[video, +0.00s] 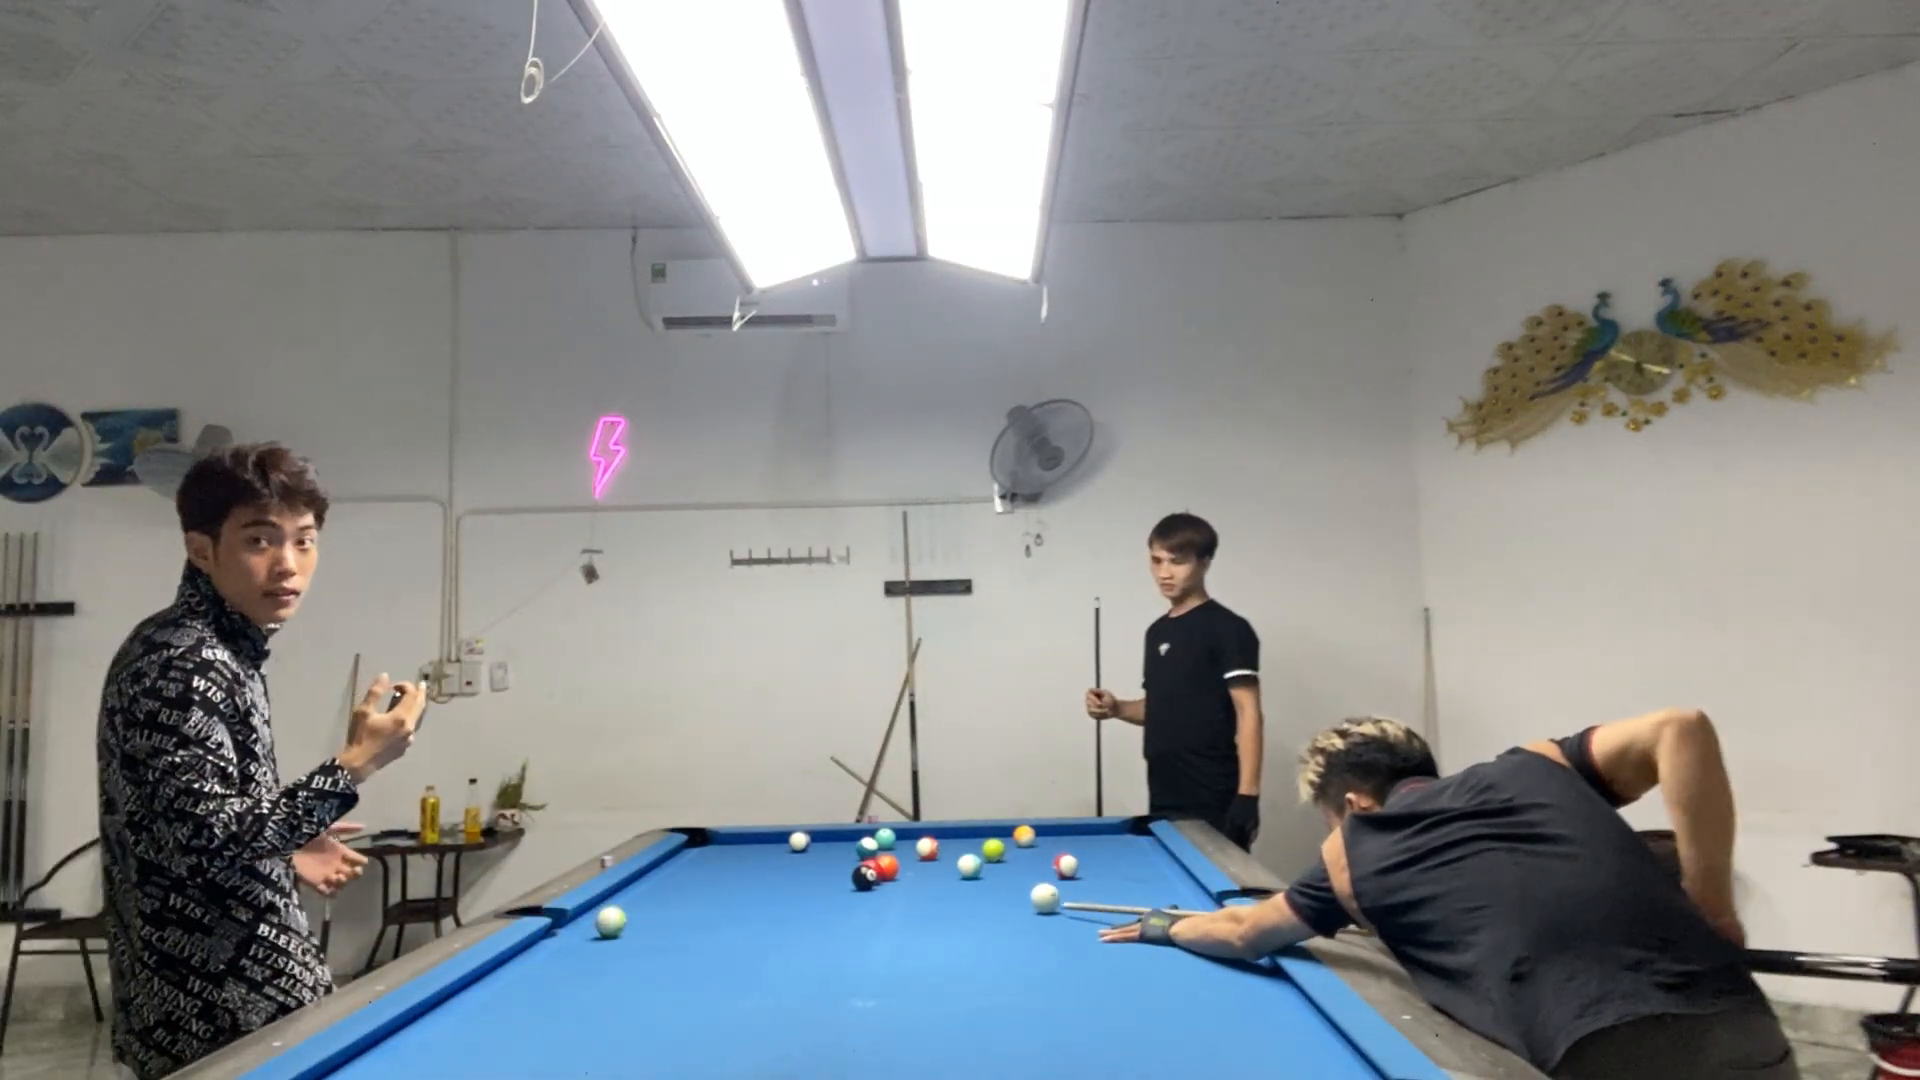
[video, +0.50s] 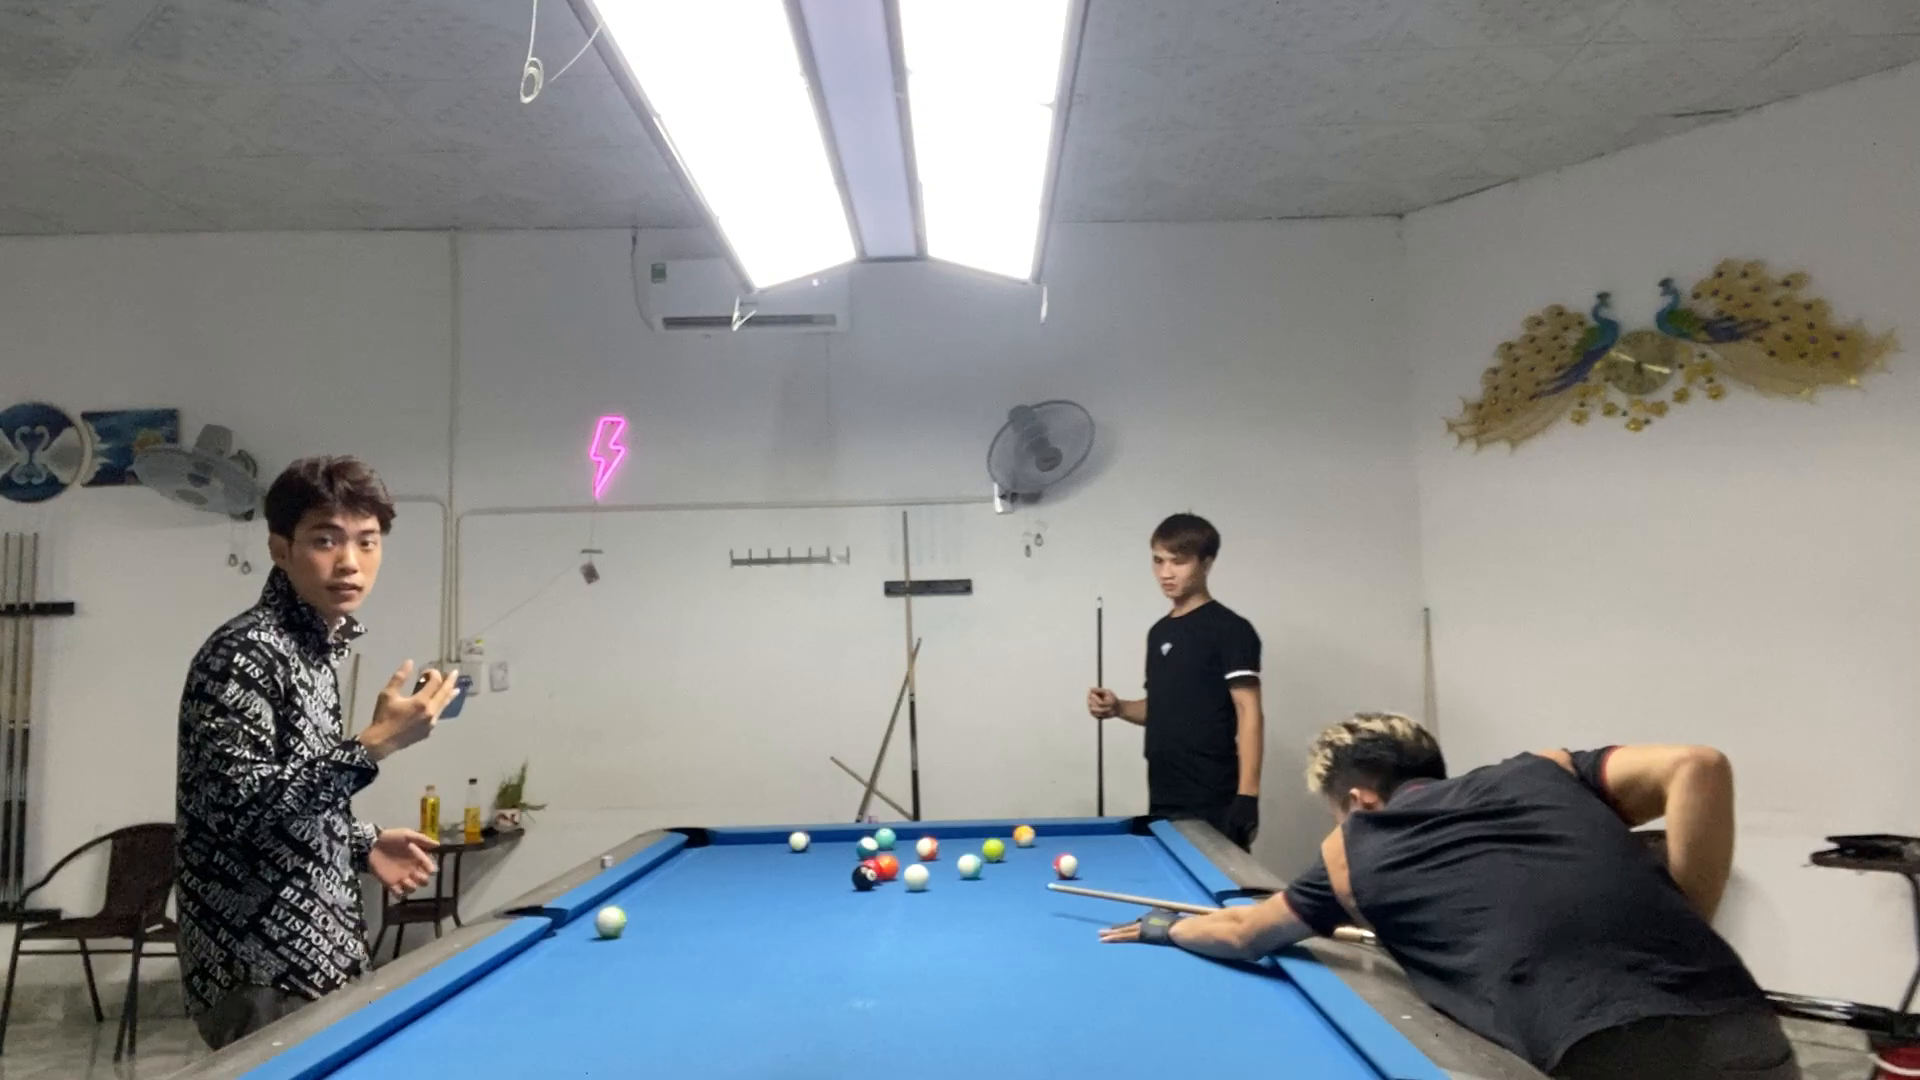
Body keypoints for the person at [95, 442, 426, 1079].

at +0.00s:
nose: (288, 565)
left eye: (303, 542)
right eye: (259, 540)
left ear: (317, 550)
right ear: (203, 550)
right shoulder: (177, 666)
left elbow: (203, 810)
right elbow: (217, 846)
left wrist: (288, 845)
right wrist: (355, 764)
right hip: (216, 1019)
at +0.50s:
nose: (350, 561)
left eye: (366, 541)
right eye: (326, 540)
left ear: (381, 552)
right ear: (281, 549)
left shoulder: (314, 658)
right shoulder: (241, 654)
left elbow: (293, 807)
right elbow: (243, 810)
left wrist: (366, 844)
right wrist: (374, 743)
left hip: (321, 951)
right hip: (259, 967)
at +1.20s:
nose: (299, 563)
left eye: (314, 543)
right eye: (275, 542)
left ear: (329, 554)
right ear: (230, 554)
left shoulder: (267, 664)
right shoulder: (187, 657)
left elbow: (251, 820)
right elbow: (188, 796)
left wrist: (297, 897)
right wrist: (321, 728)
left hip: (279, 965)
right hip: (199, 973)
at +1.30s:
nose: (270, 567)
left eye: (285, 547)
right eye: (245, 546)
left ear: (299, 557)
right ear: (199, 559)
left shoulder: (236, 669)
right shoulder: (156, 662)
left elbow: (239, 844)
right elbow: (163, 801)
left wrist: (277, 963)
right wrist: (296, 730)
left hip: (248, 975)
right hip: (171, 983)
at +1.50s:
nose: (226, 587)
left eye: (237, 566)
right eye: (201, 564)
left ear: (246, 571)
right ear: (140, 572)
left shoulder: (163, 681)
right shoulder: (86, 676)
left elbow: (163, 857)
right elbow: (102, 826)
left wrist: (200, 981)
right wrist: (240, 744)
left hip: (177, 990)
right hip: (93, 1001)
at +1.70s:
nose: (183, 602)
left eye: (193, 583)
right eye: (165, 580)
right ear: (96, 575)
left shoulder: (101, 675)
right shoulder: (35, 681)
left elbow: (97, 840)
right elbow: (75, 838)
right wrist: (200, 747)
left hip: (132, 980)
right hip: (49, 999)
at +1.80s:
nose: (165, 604)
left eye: (174, 583)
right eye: (148, 582)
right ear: (81, 576)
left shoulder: (80, 668)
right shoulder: (23, 679)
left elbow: (79, 834)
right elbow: (62, 832)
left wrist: (122, 930)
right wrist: (185, 746)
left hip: (115, 970)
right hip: (40, 991)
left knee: (144, 1068)